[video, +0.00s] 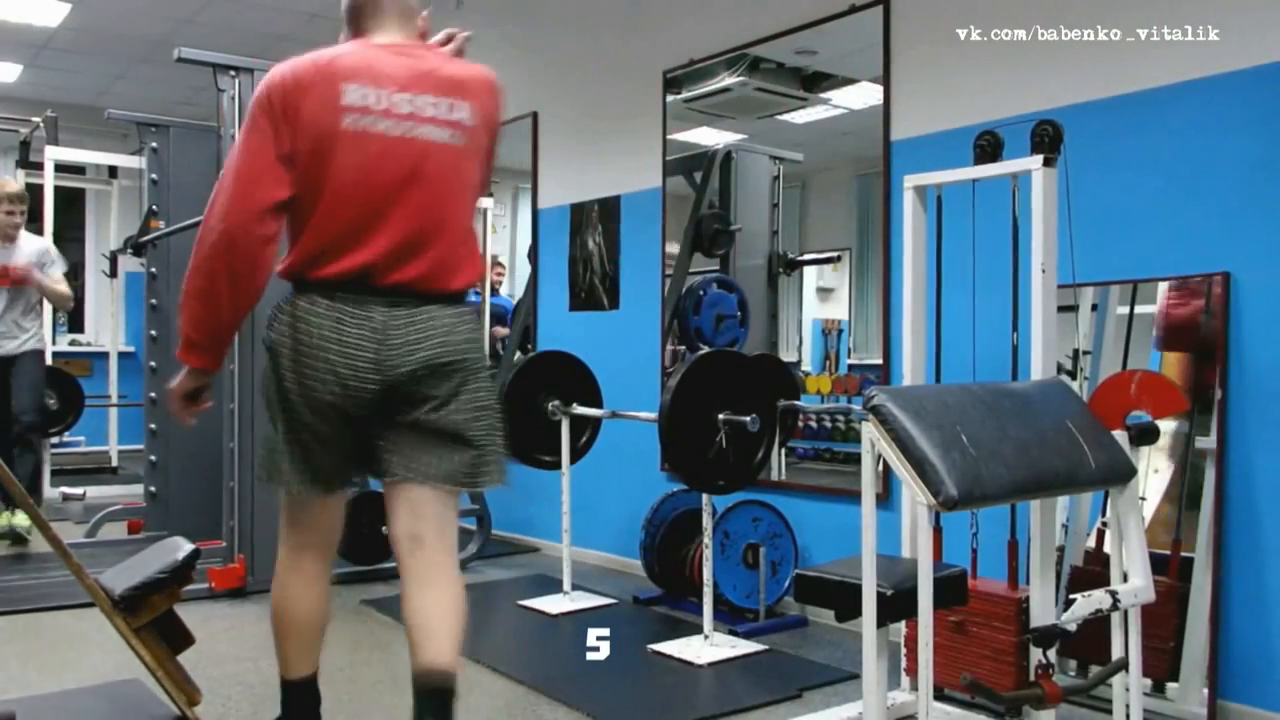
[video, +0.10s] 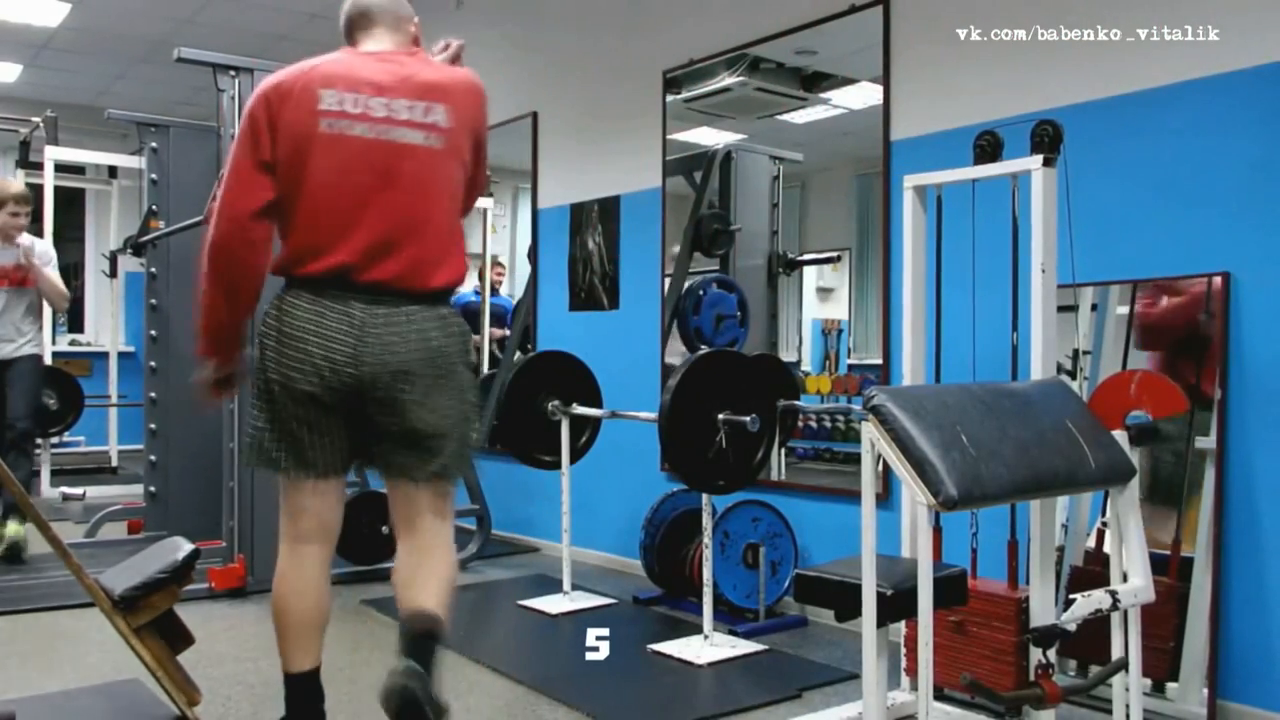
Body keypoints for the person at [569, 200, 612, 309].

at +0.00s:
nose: (593, 215)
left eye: (595, 212)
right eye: (591, 212)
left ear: (598, 213)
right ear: (586, 214)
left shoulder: (598, 228)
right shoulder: (582, 233)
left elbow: (602, 247)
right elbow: (579, 258)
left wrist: (606, 267)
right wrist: (580, 283)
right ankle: (606, 307)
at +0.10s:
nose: (594, 215)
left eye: (595, 212)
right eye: (591, 212)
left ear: (598, 213)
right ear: (586, 214)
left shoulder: (598, 228)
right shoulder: (582, 235)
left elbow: (602, 248)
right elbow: (579, 259)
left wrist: (606, 268)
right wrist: (580, 283)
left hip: (600, 272)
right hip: (590, 274)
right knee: (605, 303)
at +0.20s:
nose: (594, 215)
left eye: (595, 212)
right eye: (591, 212)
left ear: (598, 214)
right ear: (587, 214)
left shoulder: (598, 229)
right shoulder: (582, 236)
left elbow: (602, 249)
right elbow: (579, 259)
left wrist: (606, 268)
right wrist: (580, 283)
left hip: (601, 273)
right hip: (591, 274)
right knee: (605, 304)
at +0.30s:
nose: (594, 215)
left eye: (595, 212)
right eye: (591, 212)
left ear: (598, 213)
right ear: (586, 214)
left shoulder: (598, 228)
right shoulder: (582, 235)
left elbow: (602, 248)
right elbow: (579, 259)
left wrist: (606, 268)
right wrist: (580, 283)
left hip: (600, 272)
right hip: (590, 273)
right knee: (604, 303)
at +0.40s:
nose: (594, 215)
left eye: (595, 212)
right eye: (591, 212)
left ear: (598, 213)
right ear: (587, 214)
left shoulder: (598, 228)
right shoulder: (582, 235)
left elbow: (602, 248)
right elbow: (579, 259)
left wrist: (606, 268)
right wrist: (580, 282)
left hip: (600, 272)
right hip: (591, 273)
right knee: (604, 304)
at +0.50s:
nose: (593, 215)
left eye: (595, 212)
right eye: (591, 212)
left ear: (598, 213)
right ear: (587, 214)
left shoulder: (598, 228)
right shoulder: (582, 235)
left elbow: (602, 248)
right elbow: (579, 259)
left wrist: (606, 268)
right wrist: (580, 283)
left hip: (600, 273)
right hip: (591, 274)